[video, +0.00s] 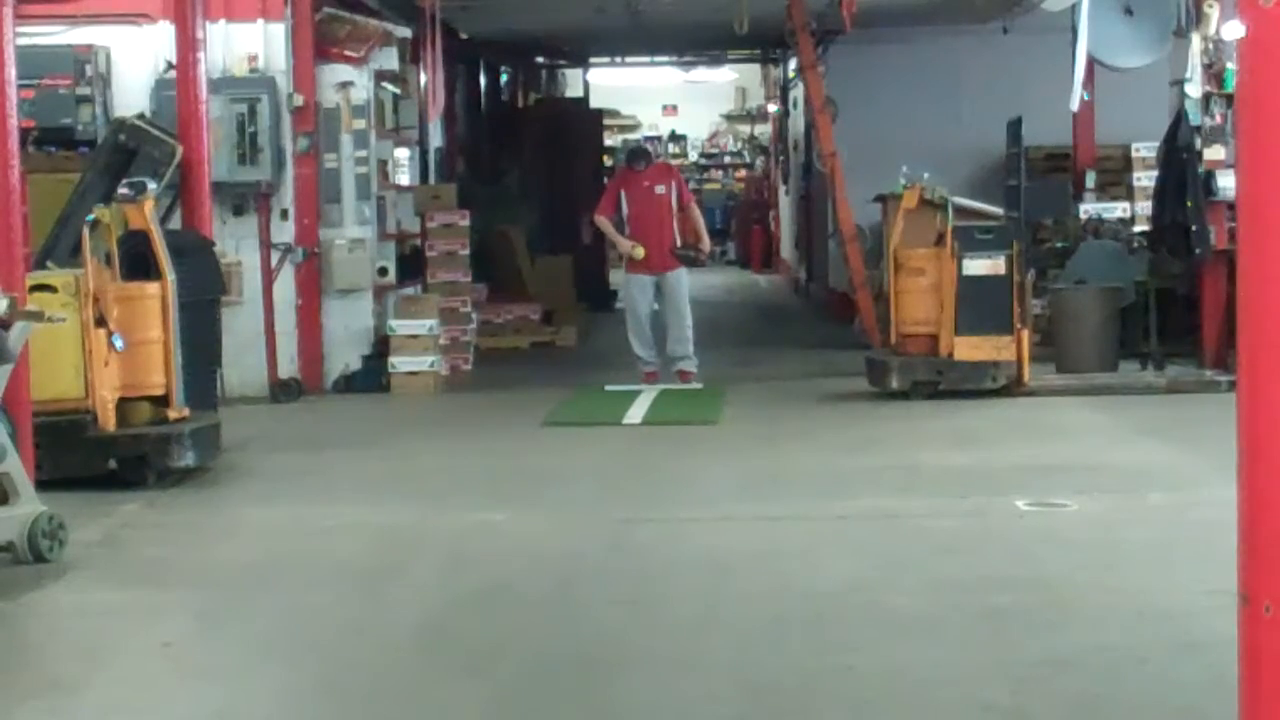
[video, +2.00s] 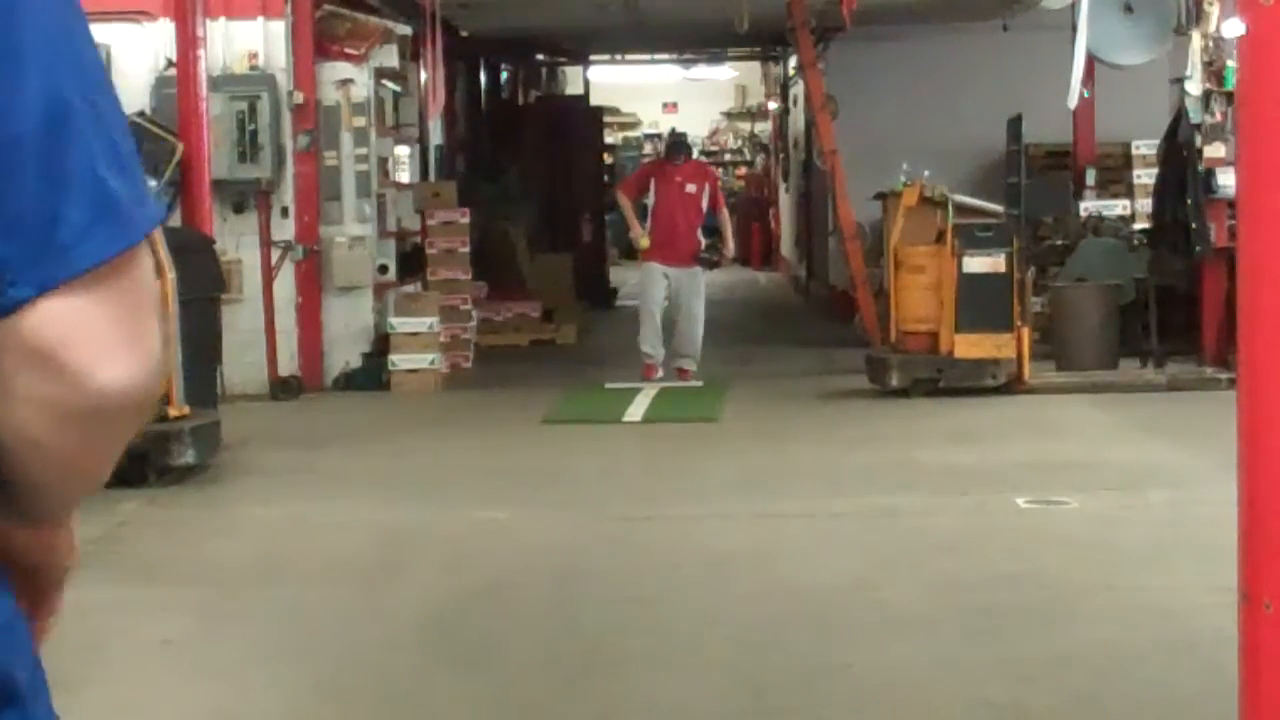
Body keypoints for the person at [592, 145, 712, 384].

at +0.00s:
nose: (639, 174)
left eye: (643, 169)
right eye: (634, 171)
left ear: (651, 160)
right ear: (628, 165)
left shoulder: (669, 173)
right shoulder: (621, 178)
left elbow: (690, 205)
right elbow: (600, 216)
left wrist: (703, 237)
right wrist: (619, 241)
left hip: (671, 261)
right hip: (638, 264)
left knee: (680, 314)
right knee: (638, 316)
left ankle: (685, 365)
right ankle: (648, 366)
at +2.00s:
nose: (674, 165)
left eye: (679, 160)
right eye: (671, 160)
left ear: (689, 154)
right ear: (665, 153)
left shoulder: (705, 173)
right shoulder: (652, 170)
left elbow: (720, 209)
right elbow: (623, 193)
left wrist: (728, 242)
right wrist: (635, 227)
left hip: (691, 260)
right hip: (655, 256)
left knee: (691, 314)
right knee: (650, 309)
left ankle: (686, 363)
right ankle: (651, 360)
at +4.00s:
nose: (639, 149)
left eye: (644, 143)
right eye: (634, 144)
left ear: (654, 143)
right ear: (629, 146)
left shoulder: (670, 171)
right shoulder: (626, 171)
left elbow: (665, 214)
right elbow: (627, 203)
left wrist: (633, 231)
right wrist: (624, 224)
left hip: (676, 254)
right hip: (643, 253)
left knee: (680, 311)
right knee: (644, 313)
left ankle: (682, 360)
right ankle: (651, 366)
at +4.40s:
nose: (655, 159)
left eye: (659, 153)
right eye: (650, 154)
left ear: (668, 150)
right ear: (645, 155)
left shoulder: (685, 176)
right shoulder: (640, 173)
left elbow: (682, 220)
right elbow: (629, 199)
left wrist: (647, 236)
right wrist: (629, 203)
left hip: (685, 258)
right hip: (653, 256)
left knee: (685, 314)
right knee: (652, 310)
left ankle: (682, 363)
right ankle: (652, 364)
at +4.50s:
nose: (658, 159)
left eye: (662, 154)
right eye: (653, 154)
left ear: (672, 152)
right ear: (648, 155)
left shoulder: (687, 177)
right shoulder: (641, 173)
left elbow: (685, 221)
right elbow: (630, 198)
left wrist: (651, 237)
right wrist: (631, 202)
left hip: (688, 258)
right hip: (656, 256)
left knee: (688, 313)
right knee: (654, 308)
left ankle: (682, 362)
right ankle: (652, 361)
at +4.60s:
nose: (660, 161)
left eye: (664, 155)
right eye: (655, 156)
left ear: (673, 152)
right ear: (649, 155)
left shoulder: (688, 177)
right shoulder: (642, 173)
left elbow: (687, 222)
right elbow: (630, 197)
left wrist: (654, 236)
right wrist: (631, 202)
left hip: (689, 258)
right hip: (658, 256)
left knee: (688, 314)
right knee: (656, 307)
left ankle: (683, 362)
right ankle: (653, 360)